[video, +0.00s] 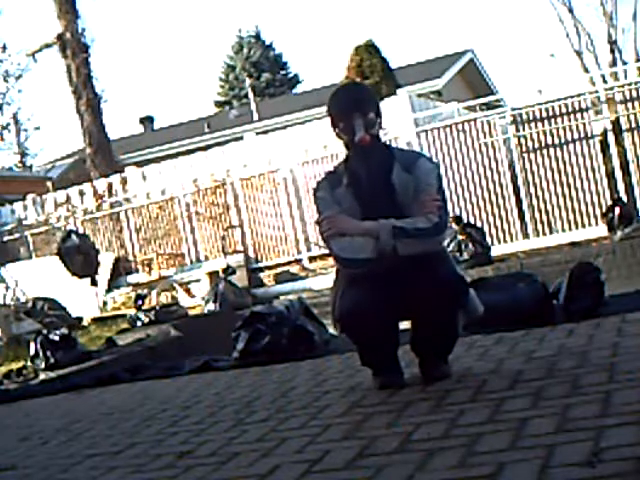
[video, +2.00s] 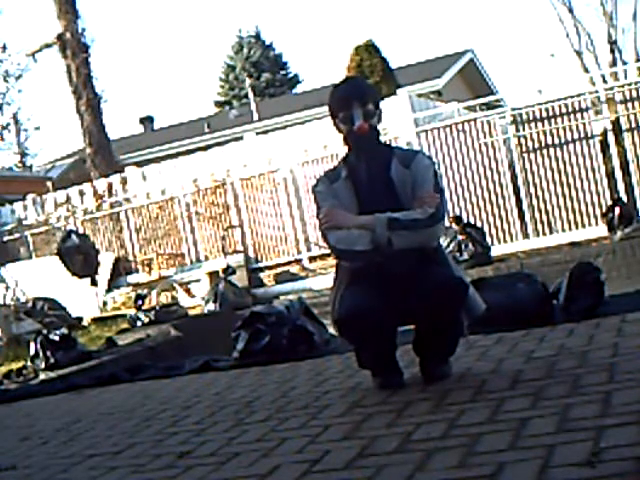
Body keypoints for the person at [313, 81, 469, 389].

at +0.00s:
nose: (360, 136)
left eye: (368, 122)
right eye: (348, 127)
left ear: (380, 119)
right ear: (336, 129)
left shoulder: (418, 166)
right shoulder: (328, 188)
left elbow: (436, 230)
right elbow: (347, 253)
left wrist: (360, 228)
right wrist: (413, 221)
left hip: (423, 265)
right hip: (366, 277)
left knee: (444, 285)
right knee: (356, 309)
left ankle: (434, 357)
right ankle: (384, 366)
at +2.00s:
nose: (360, 125)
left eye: (368, 113)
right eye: (348, 118)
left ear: (379, 114)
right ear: (336, 124)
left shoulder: (415, 163)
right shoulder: (327, 185)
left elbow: (432, 227)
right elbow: (341, 244)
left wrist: (357, 222)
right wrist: (412, 217)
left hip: (421, 267)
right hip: (364, 277)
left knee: (447, 290)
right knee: (355, 313)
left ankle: (435, 358)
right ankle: (384, 368)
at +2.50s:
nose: (353, 123)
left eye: (361, 111)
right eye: (341, 116)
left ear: (373, 112)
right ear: (329, 122)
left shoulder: (407, 159)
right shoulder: (319, 183)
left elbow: (425, 218)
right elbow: (335, 241)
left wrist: (349, 217)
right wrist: (406, 215)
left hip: (415, 262)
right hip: (359, 275)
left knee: (433, 290)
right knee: (358, 311)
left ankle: (434, 361)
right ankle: (385, 369)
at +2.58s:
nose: (349, 121)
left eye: (357, 109)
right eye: (337, 113)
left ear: (368, 110)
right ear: (326, 119)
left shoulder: (402, 156)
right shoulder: (315, 179)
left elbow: (419, 217)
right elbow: (329, 235)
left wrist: (344, 212)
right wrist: (399, 208)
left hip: (413, 260)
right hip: (359, 273)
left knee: (430, 292)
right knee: (362, 313)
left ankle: (434, 361)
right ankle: (385, 370)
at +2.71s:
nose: (343, 113)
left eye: (351, 102)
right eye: (332, 106)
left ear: (363, 104)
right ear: (320, 112)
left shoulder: (395, 147)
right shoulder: (308, 173)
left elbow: (407, 193)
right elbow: (321, 228)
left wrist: (337, 202)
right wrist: (386, 209)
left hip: (413, 263)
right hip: (358, 278)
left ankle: (442, 347)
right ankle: (385, 366)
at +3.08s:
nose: (345, 105)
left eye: (351, 95)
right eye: (333, 99)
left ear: (362, 96)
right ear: (321, 107)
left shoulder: (394, 140)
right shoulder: (311, 167)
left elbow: (413, 179)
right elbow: (324, 210)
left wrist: (341, 187)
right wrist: (387, 179)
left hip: (418, 255)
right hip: (362, 271)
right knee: (379, 316)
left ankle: (462, 362)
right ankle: (388, 368)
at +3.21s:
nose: (350, 91)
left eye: (357, 81)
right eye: (339, 84)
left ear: (368, 82)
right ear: (327, 93)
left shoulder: (399, 124)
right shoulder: (319, 153)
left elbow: (417, 155)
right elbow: (325, 193)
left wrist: (345, 170)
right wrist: (384, 161)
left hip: (419, 245)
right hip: (361, 260)